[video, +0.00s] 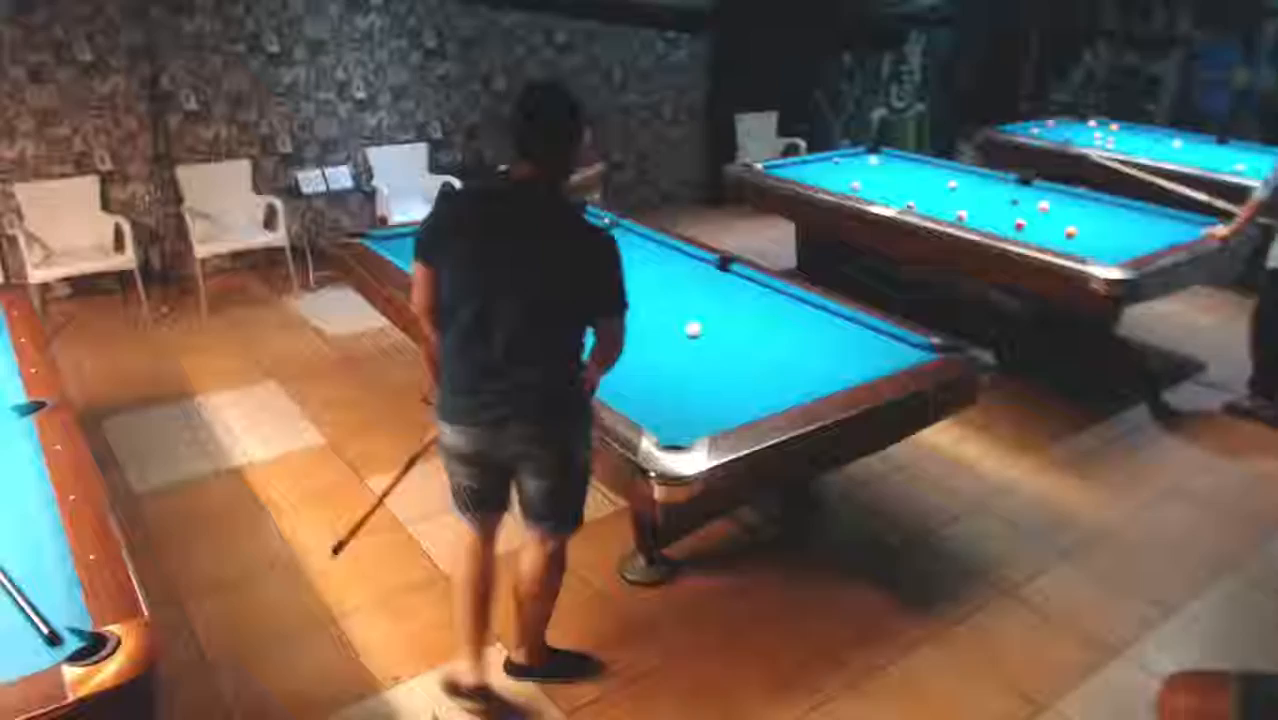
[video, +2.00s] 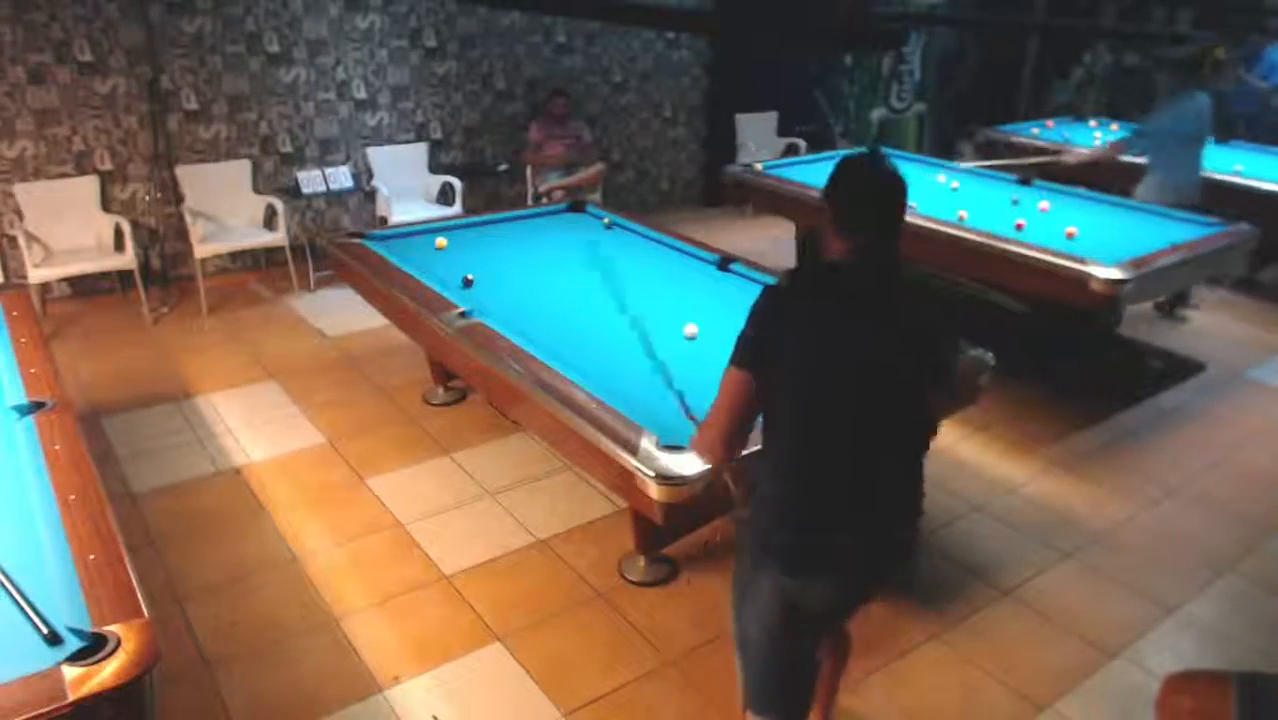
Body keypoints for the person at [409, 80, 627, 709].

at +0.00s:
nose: (584, 148)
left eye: (578, 138)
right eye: (582, 139)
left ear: (511, 140)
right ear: (574, 148)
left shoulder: (455, 210)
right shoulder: (589, 238)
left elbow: (422, 306)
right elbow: (612, 340)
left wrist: (444, 370)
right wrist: (587, 380)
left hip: (466, 411)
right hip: (549, 417)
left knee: (476, 530)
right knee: (545, 541)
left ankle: (468, 665)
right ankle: (528, 652)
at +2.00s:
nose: (819, 217)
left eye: (823, 207)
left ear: (828, 216)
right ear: (899, 224)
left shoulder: (787, 302)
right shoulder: (925, 312)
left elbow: (717, 441)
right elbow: (935, 412)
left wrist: (744, 477)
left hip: (792, 540)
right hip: (883, 535)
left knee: (770, 704)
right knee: (828, 625)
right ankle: (819, 710)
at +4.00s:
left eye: (863, 245)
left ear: (861, 253)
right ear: (939, 259)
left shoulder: (801, 321)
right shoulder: (967, 357)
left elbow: (682, 341)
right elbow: (1080, 483)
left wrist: (658, 289)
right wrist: (1103, 589)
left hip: (770, 537)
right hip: (871, 561)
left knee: (716, 608)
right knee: (836, 654)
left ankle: (717, 711)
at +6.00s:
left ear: (760, 357)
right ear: (814, 357)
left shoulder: (728, 381)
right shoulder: (837, 381)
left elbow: (680, 404)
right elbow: (914, 387)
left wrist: (704, 368)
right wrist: (883, 489)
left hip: (652, 512)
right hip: (745, 527)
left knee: (672, 585)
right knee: (793, 683)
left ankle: (664, 671)